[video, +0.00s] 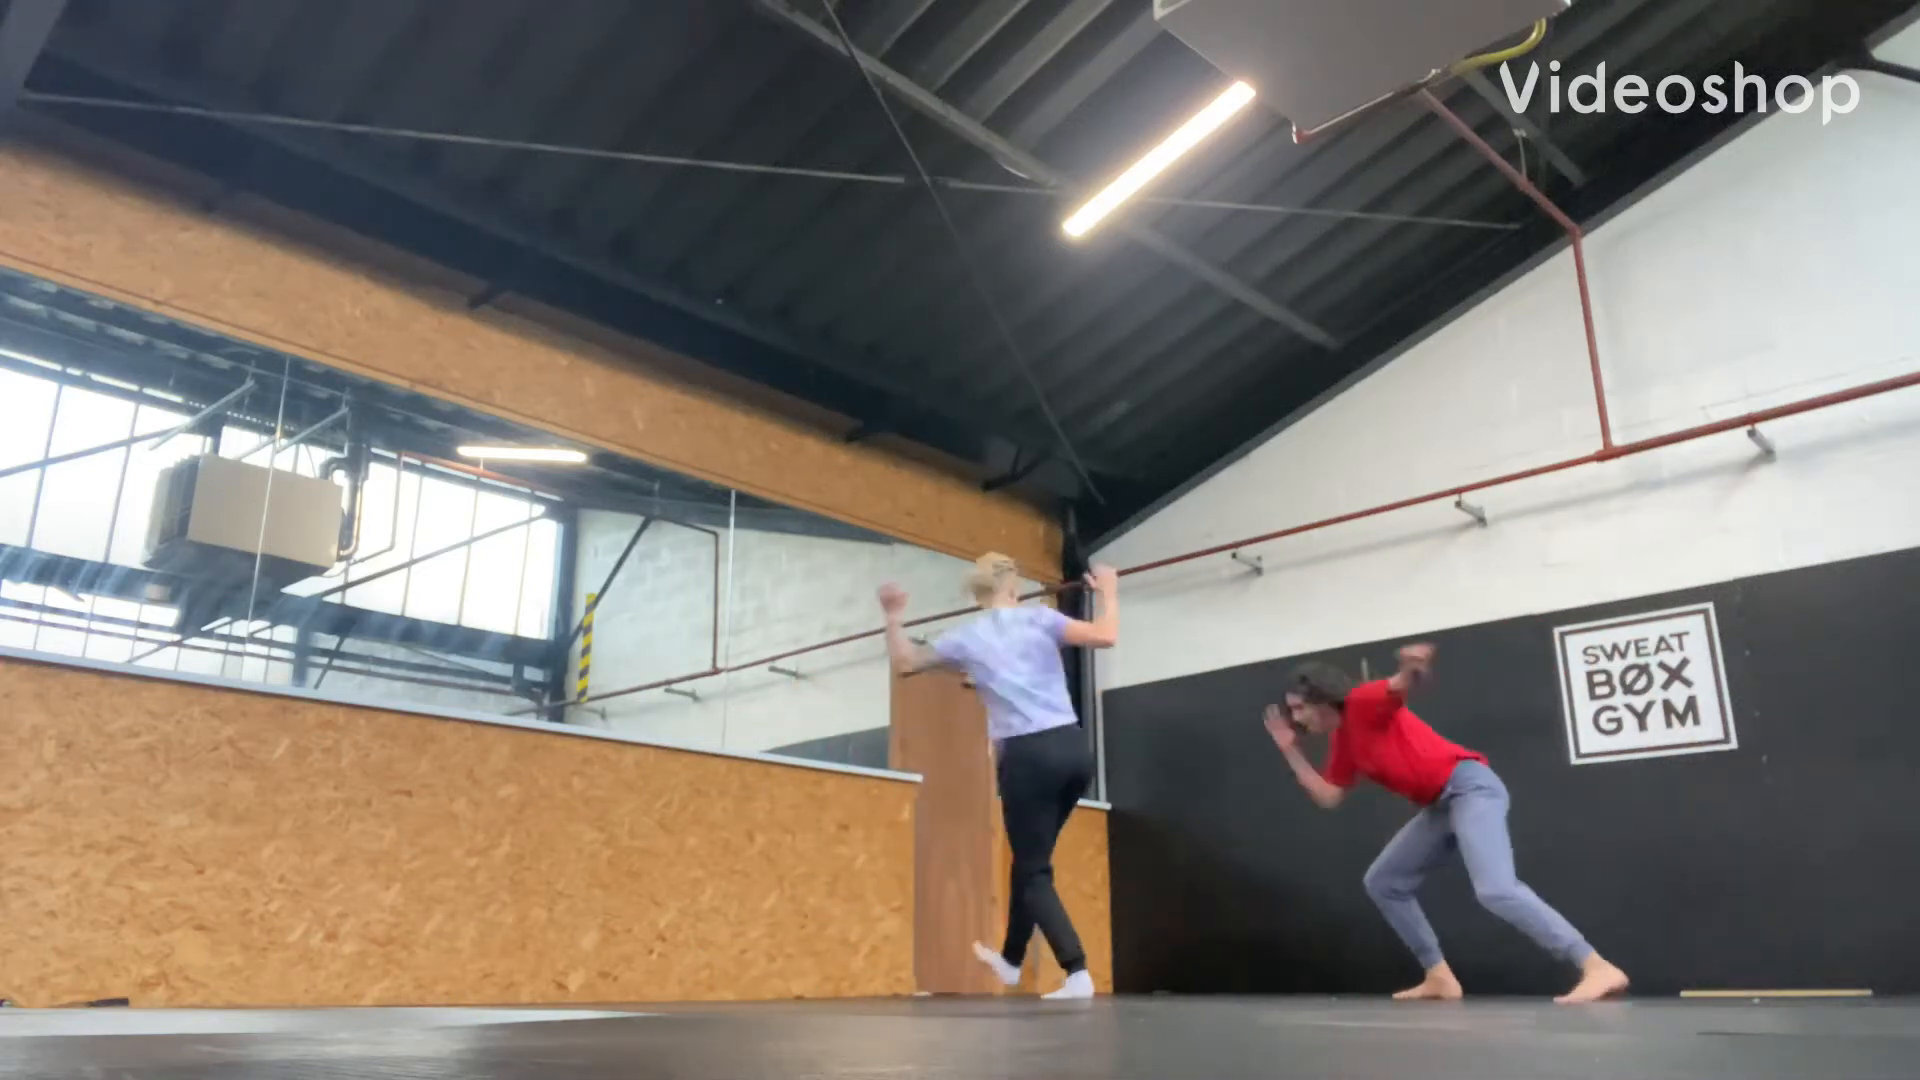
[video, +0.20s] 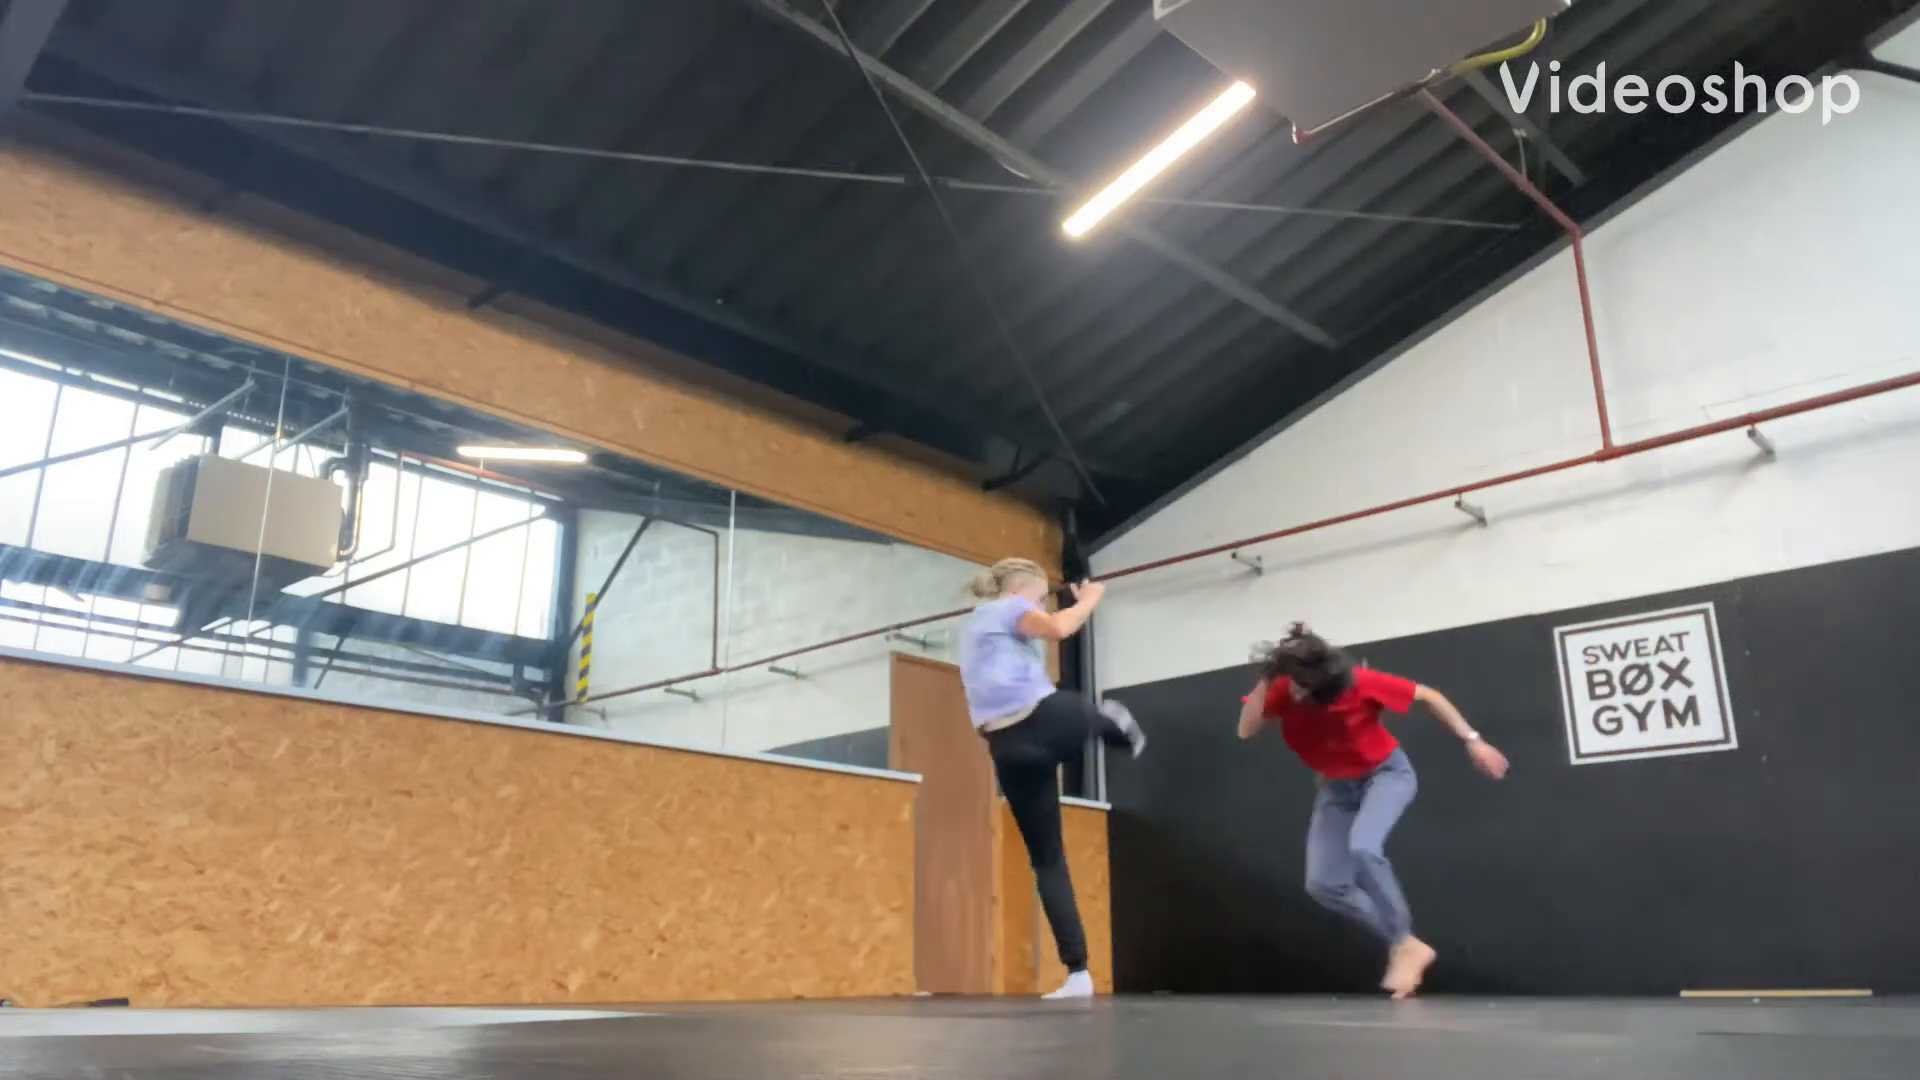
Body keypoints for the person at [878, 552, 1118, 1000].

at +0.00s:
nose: (1018, 590)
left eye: (1013, 584)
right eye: (1016, 584)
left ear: (976, 593)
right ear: (1012, 587)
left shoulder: (969, 637)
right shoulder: (1041, 619)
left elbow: (905, 661)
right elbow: (1105, 635)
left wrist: (891, 616)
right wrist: (1109, 588)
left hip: (1025, 755)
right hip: (1073, 747)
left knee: (1035, 872)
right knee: (1029, 861)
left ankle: (1078, 975)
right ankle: (1010, 962)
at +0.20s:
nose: (1040, 604)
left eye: (1040, 598)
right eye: (1037, 597)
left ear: (997, 589)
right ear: (1019, 588)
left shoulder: (972, 629)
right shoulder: (1010, 609)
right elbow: (1057, 626)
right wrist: (1089, 601)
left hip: (1009, 747)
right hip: (1049, 720)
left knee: (1047, 860)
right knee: (1089, 719)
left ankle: (1078, 972)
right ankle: (1123, 730)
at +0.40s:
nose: (1055, 606)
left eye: (1056, 599)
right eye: (1054, 598)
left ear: (1023, 590)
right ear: (1038, 591)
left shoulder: (989, 626)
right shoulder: (1014, 605)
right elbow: (1065, 607)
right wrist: (1100, 584)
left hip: (985, 745)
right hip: (1009, 706)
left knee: (1044, 848)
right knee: (1109, 640)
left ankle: (1044, 967)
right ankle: (1209, 580)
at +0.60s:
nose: (1064, 610)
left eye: (1067, 604)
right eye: (1064, 602)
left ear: (1029, 591)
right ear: (1044, 588)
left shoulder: (989, 626)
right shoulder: (1017, 605)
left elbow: (944, 672)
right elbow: (1033, 633)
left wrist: (939, 666)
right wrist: (1083, 612)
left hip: (973, 750)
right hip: (990, 718)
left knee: (1060, 850)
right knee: (1050, 764)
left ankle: (1049, 975)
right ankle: (1035, 854)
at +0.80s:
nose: (1056, 614)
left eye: (1059, 606)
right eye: (1056, 603)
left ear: (1030, 593)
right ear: (1041, 592)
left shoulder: (1015, 633)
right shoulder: (999, 613)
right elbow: (993, 657)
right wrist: (1053, 643)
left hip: (988, 762)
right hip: (952, 747)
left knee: (1056, 851)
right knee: (970, 848)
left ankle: (1048, 976)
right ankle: (913, 976)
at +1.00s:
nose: (1036, 605)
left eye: (1038, 597)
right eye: (1035, 594)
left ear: (1004, 587)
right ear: (1022, 588)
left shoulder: (996, 633)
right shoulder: (987, 613)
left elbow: (973, 717)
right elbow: (1020, 647)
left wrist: (1001, 765)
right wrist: (1073, 625)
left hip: (977, 762)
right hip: (945, 751)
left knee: (1048, 848)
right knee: (970, 849)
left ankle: (1000, 960)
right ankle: (912, 978)